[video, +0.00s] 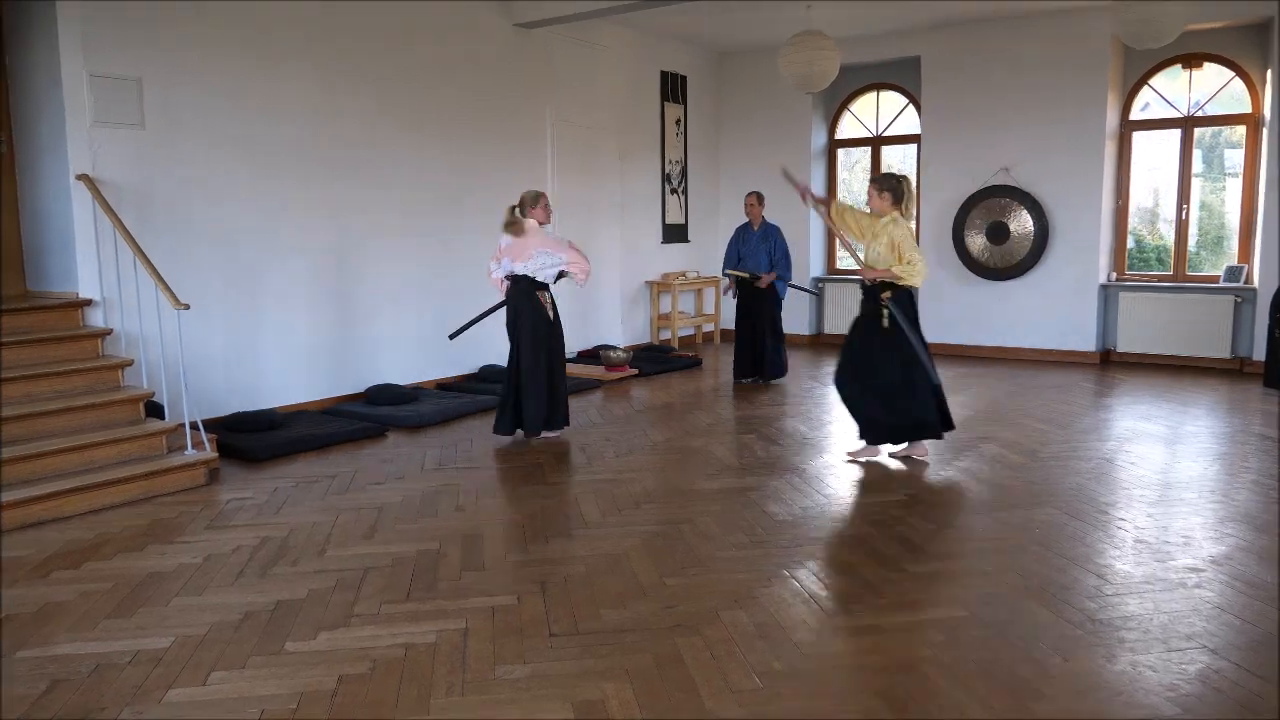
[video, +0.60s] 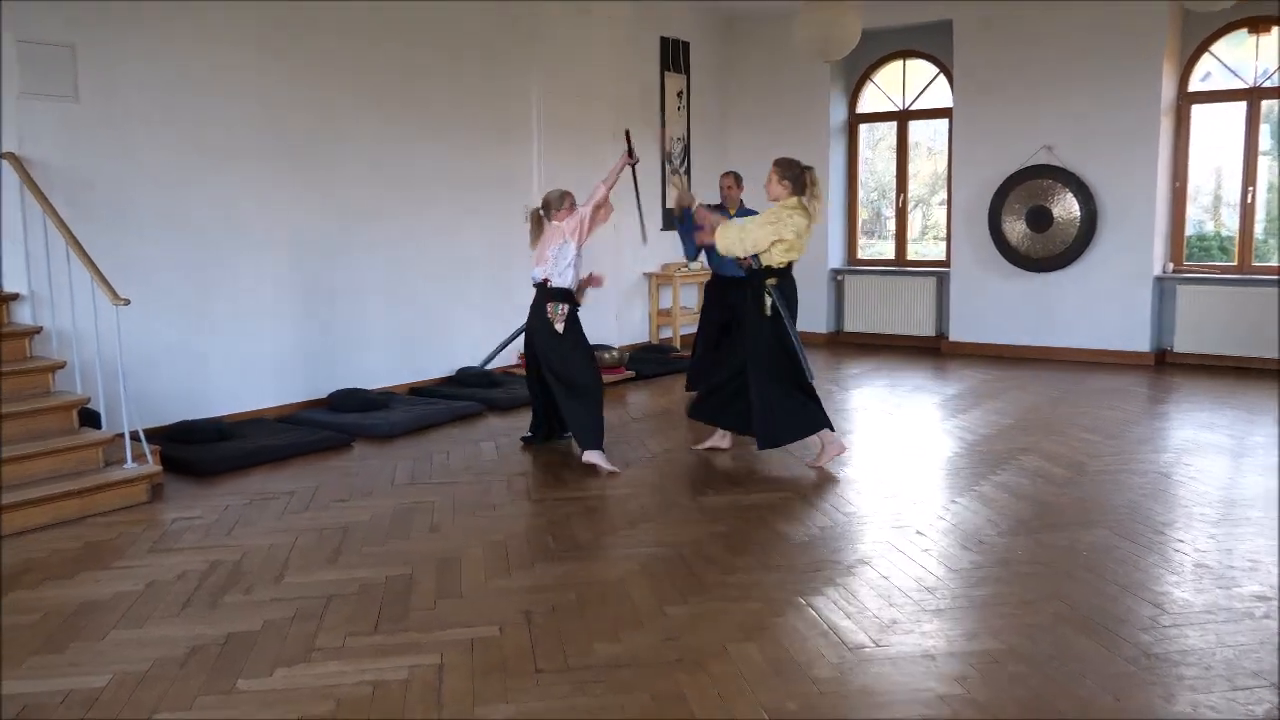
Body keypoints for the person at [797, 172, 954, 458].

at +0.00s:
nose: (868, 199)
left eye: (872, 195)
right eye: (868, 195)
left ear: (886, 197)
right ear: (883, 197)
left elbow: (916, 270)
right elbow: (843, 212)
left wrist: (879, 273)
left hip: (895, 303)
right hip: (874, 301)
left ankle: (919, 441)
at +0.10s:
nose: (851, 194)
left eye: (855, 189)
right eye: (851, 189)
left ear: (870, 191)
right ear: (861, 191)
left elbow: (901, 267)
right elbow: (828, 181)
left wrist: (863, 266)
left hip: (870, 295)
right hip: (848, 293)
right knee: (828, 360)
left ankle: (911, 429)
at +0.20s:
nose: (832, 189)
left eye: (836, 184)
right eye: (833, 184)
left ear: (851, 189)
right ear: (844, 188)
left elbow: (881, 266)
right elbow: (828, 169)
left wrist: (844, 263)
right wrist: (830, 124)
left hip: (845, 292)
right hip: (827, 291)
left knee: (845, 362)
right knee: (827, 362)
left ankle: (886, 424)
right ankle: (826, 442)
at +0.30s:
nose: (813, 192)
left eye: (817, 187)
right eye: (813, 187)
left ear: (833, 191)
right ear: (831, 191)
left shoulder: (847, 223)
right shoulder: (828, 215)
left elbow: (848, 267)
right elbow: (817, 173)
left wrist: (808, 252)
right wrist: (815, 126)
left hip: (830, 299)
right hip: (816, 296)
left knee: (824, 369)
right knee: (815, 368)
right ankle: (821, 440)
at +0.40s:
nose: (797, 197)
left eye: (802, 192)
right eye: (799, 191)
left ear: (819, 195)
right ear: (818, 195)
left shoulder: (828, 226)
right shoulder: (816, 217)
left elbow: (782, 251)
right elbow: (792, 183)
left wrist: (762, 221)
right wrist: (776, 143)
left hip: (810, 301)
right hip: (798, 297)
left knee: (799, 372)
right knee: (778, 365)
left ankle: (829, 447)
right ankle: (760, 432)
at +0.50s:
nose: (784, 191)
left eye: (789, 187)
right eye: (787, 187)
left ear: (804, 193)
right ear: (806, 192)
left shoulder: (804, 224)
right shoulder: (801, 214)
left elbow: (754, 234)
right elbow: (769, 204)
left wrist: (725, 212)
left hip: (787, 297)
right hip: (774, 293)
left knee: (795, 370)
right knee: (745, 359)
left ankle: (832, 444)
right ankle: (724, 428)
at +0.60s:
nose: (765, 184)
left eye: (769, 179)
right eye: (767, 179)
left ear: (782, 184)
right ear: (791, 186)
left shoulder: (783, 217)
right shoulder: (792, 213)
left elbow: (740, 241)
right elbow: (752, 228)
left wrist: (714, 233)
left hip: (769, 291)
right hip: (770, 288)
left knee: (778, 367)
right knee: (738, 359)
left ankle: (829, 438)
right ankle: (723, 431)